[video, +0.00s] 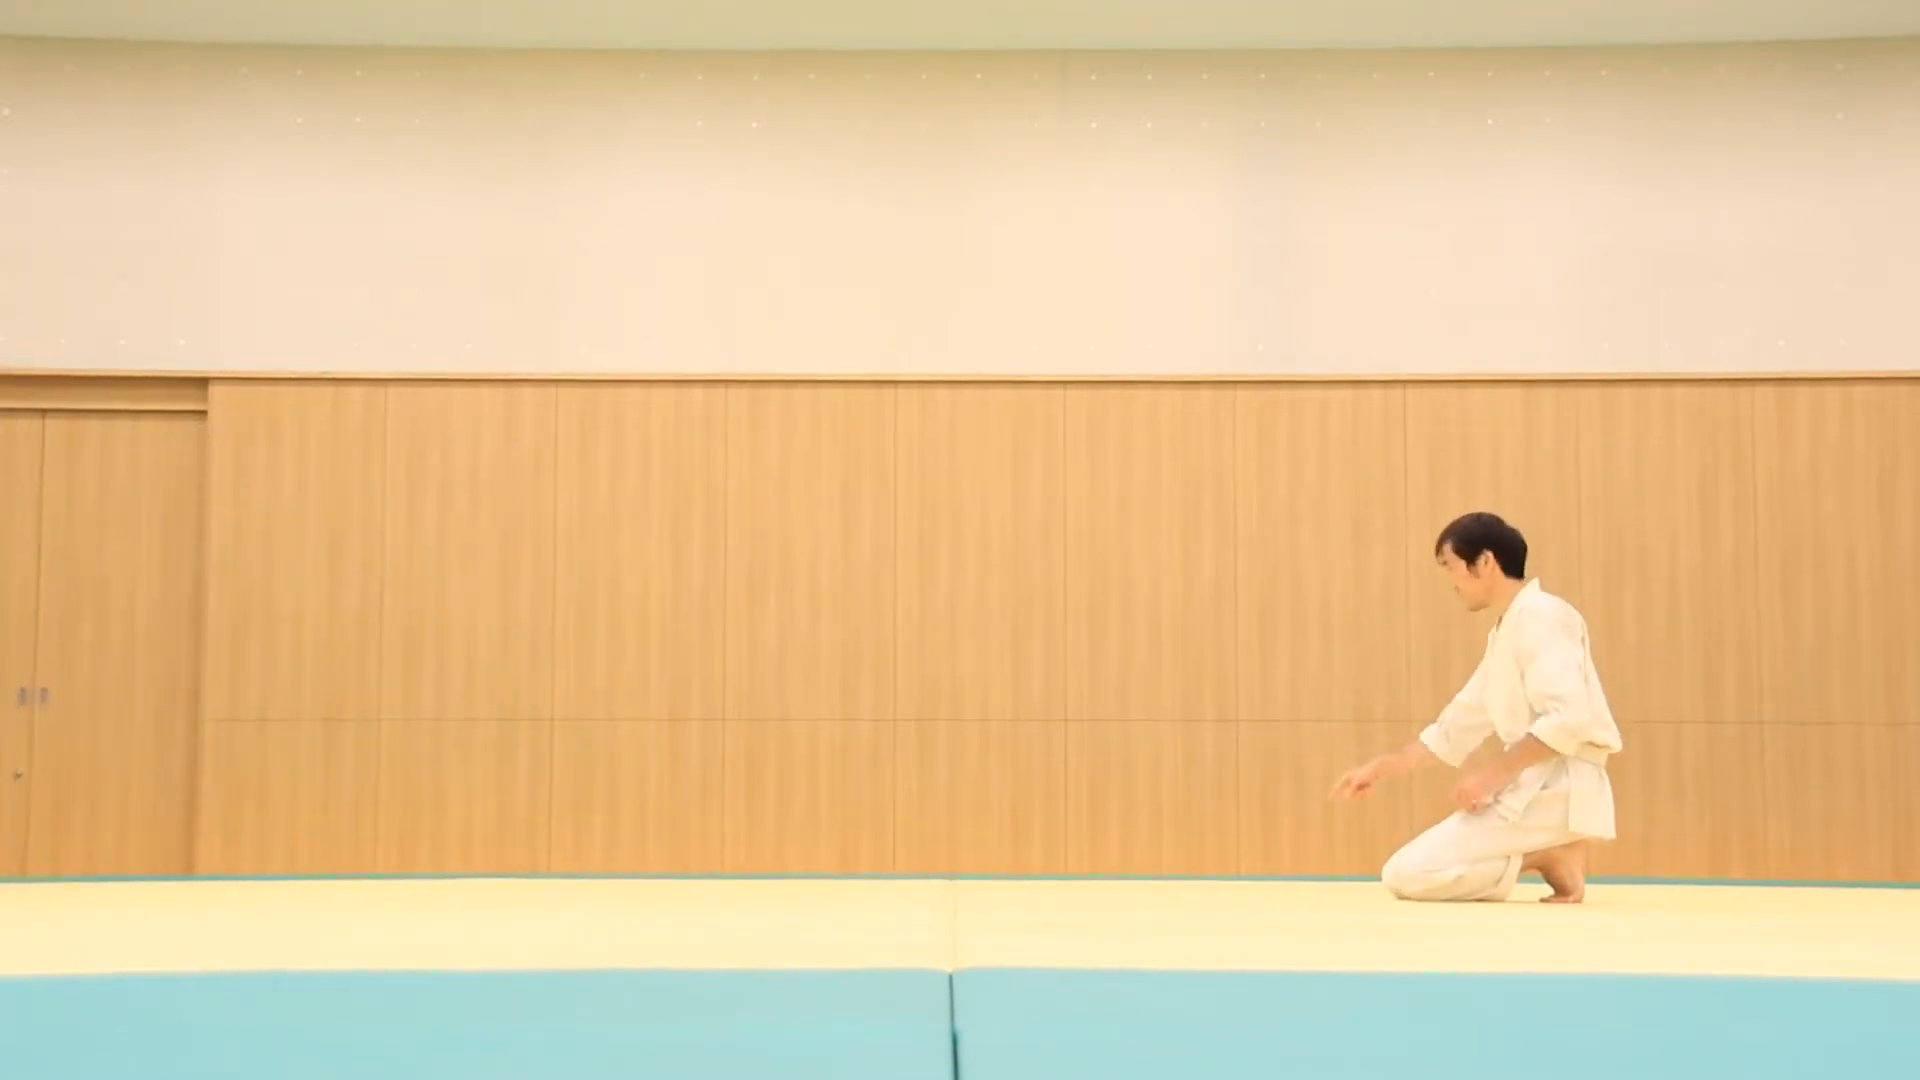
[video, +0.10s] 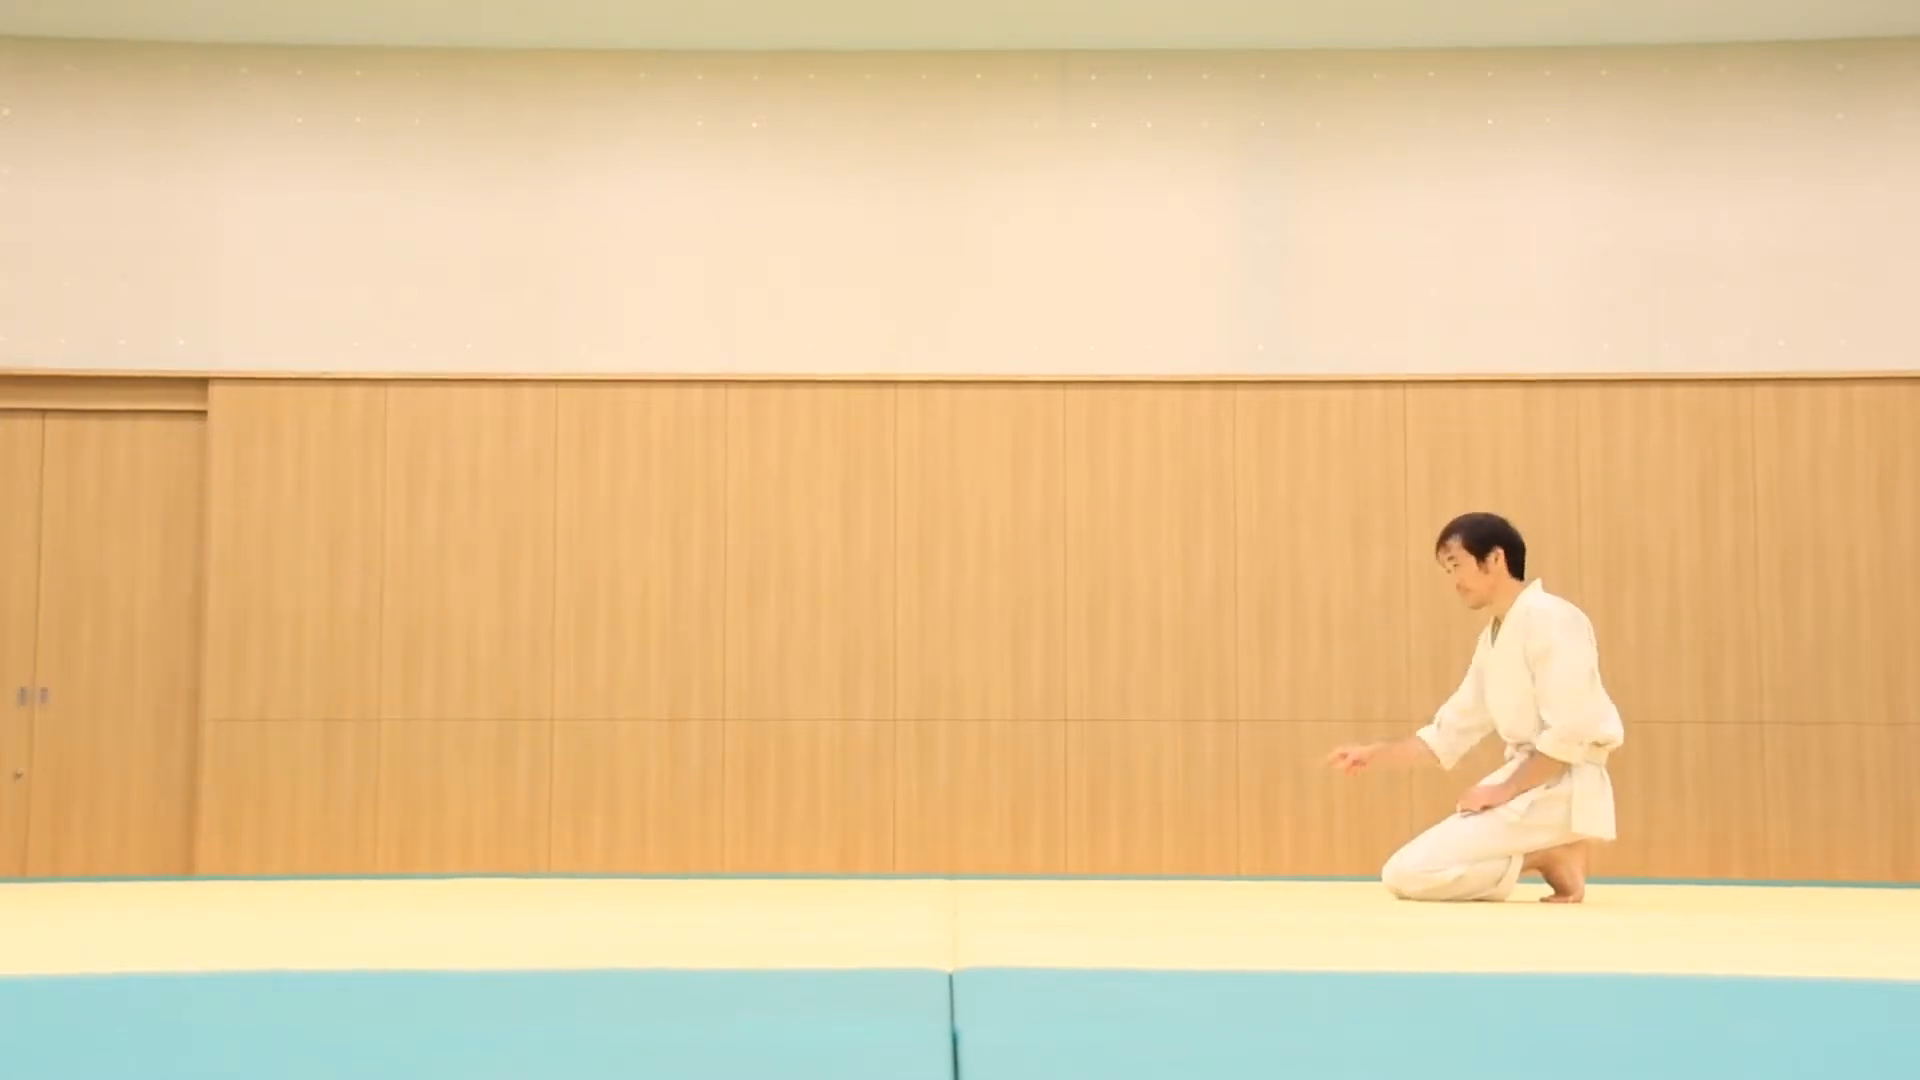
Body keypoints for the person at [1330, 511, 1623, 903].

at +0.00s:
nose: (1451, 582)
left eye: (1451, 568)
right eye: (1446, 571)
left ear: (1487, 564)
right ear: (1487, 566)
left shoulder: (1541, 616)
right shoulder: (1508, 629)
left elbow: (1570, 719)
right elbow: (1460, 722)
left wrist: (1494, 774)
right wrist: (1381, 769)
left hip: (1560, 794)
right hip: (1537, 789)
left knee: (1407, 877)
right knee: (1406, 873)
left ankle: (1549, 855)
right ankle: (1546, 857)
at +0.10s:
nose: (1452, 581)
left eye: (1456, 565)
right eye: (1448, 570)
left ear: (1495, 560)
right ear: (1491, 564)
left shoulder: (1553, 621)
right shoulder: (1495, 638)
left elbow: (1573, 730)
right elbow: (1446, 738)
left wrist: (1503, 789)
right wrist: (1374, 755)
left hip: (1563, 791)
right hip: (1526, 785)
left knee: (1406, 876)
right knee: (1405, 872)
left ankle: (1550, 856)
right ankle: (1545, 858)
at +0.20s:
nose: (1454, 579)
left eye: (1460, 563)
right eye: (1449, 569)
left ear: (1501, 558)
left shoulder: (1561, 622)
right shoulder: (1485, 640)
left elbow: (1575, 729)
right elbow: (1438, 723)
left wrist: (1503, 789)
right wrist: (1380, 746)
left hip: (1565, 791)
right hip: (1520, 786)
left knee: (1406, 876)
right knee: (1403, 873)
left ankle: (1550, 856)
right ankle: (1546, 858)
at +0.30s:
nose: (1458, 575)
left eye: (1465, 559)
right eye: (1453, 565)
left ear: (1506, 555)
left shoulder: (1564, 621)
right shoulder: (1474, 637)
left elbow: (1578, 728)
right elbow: (1433, 705)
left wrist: (1506, 789)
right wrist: (1392, 734)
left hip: (1566, 789)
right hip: (1516, 784)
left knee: (1405, 875)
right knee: (1401, 874)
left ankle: (1548, 857)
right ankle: (1546, 857)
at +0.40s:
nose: (1455, 574)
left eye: (1462, 558)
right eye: (1449, 565)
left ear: (1503, 555)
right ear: (1446, 569)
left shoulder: (1559, 621)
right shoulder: (1471, 633)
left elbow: (1575, 728)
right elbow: (1442, 696)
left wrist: (1501, 792)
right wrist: (1425, 697)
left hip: (1563, 788)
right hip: (1513, 780)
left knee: (1404, 875)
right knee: (1398, 874)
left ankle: (1547, 855)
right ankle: (1543, 856)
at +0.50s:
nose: (1452, 572)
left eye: (1458, 556)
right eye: (1446, 563)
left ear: (1498, 554)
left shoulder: (1559, 618)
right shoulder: (1468, 627)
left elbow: (1568, 728)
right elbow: (1448, 664)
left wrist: (1498, 792)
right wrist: (1435, 685)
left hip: (1563, 788)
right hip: (1514, 780)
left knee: (1405, 875)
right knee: (1398, 874)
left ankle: (1548, 855)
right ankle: (1544, 856)